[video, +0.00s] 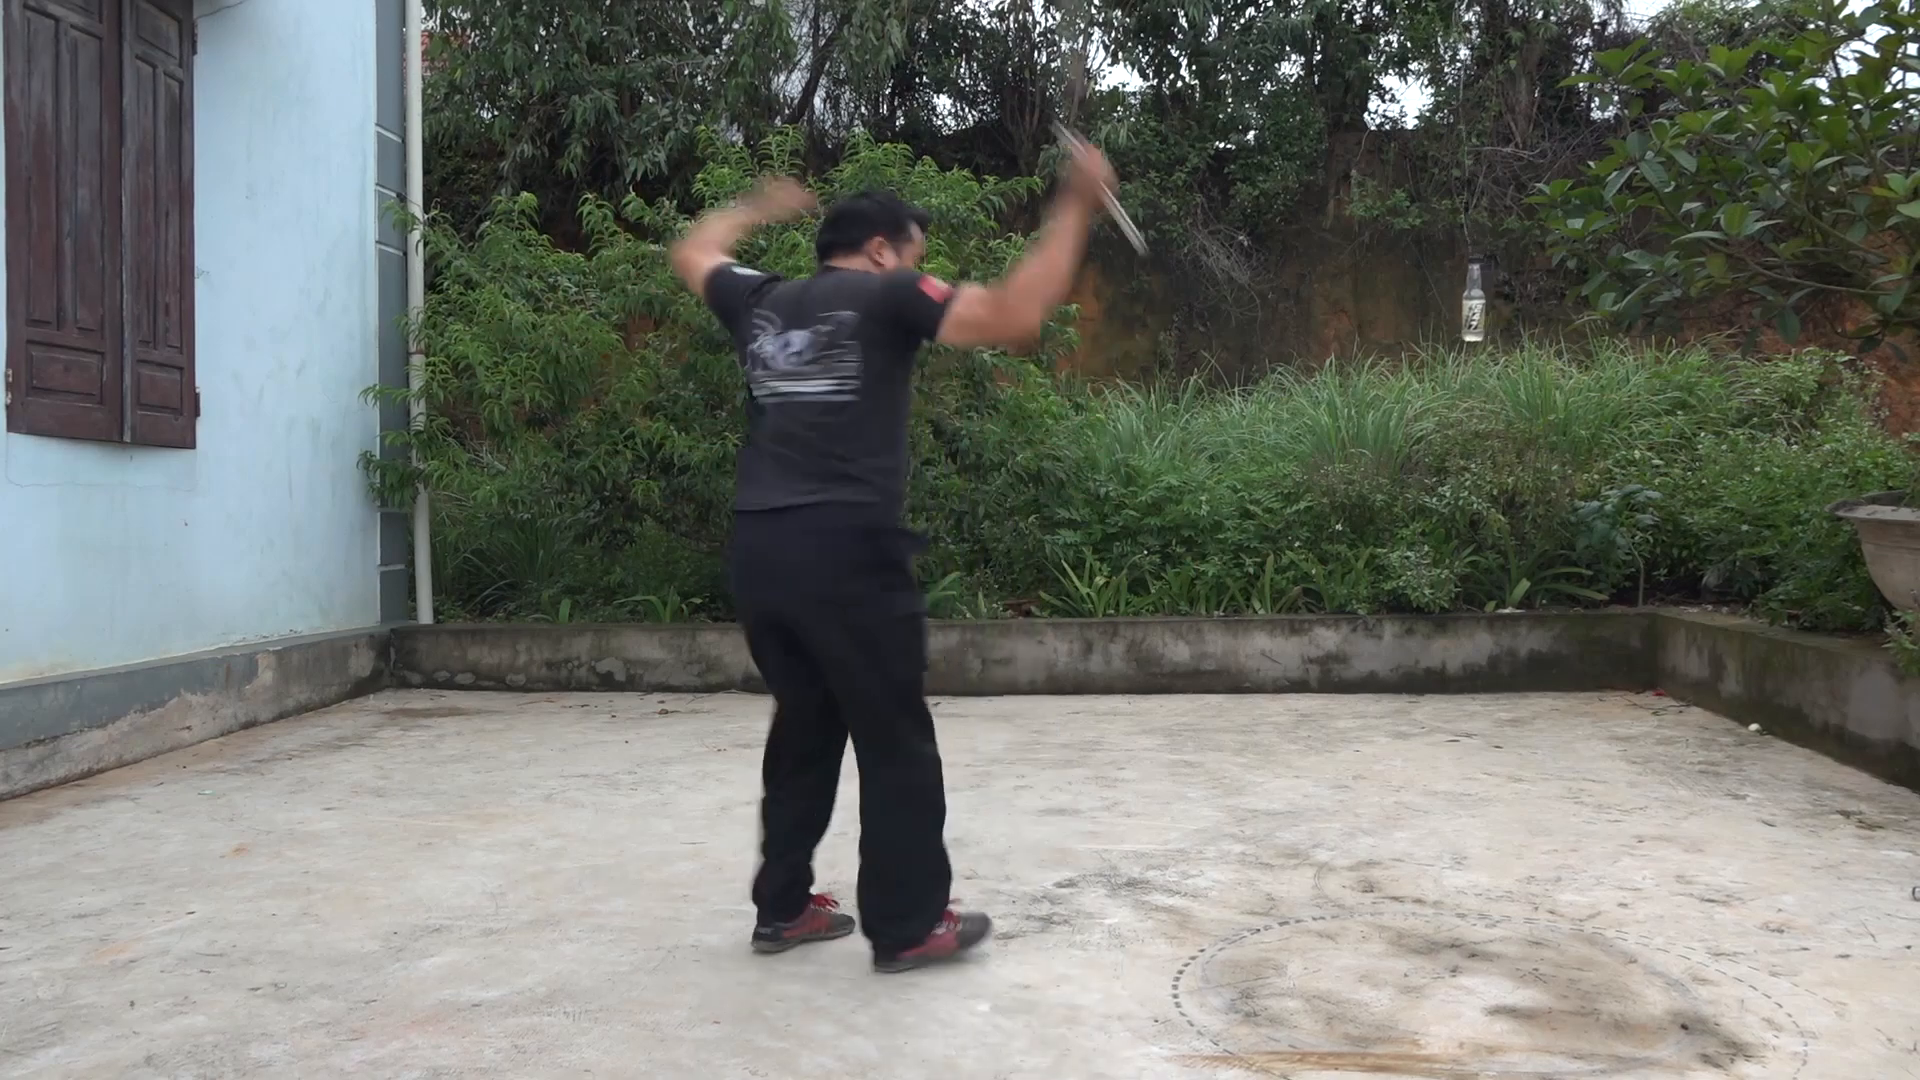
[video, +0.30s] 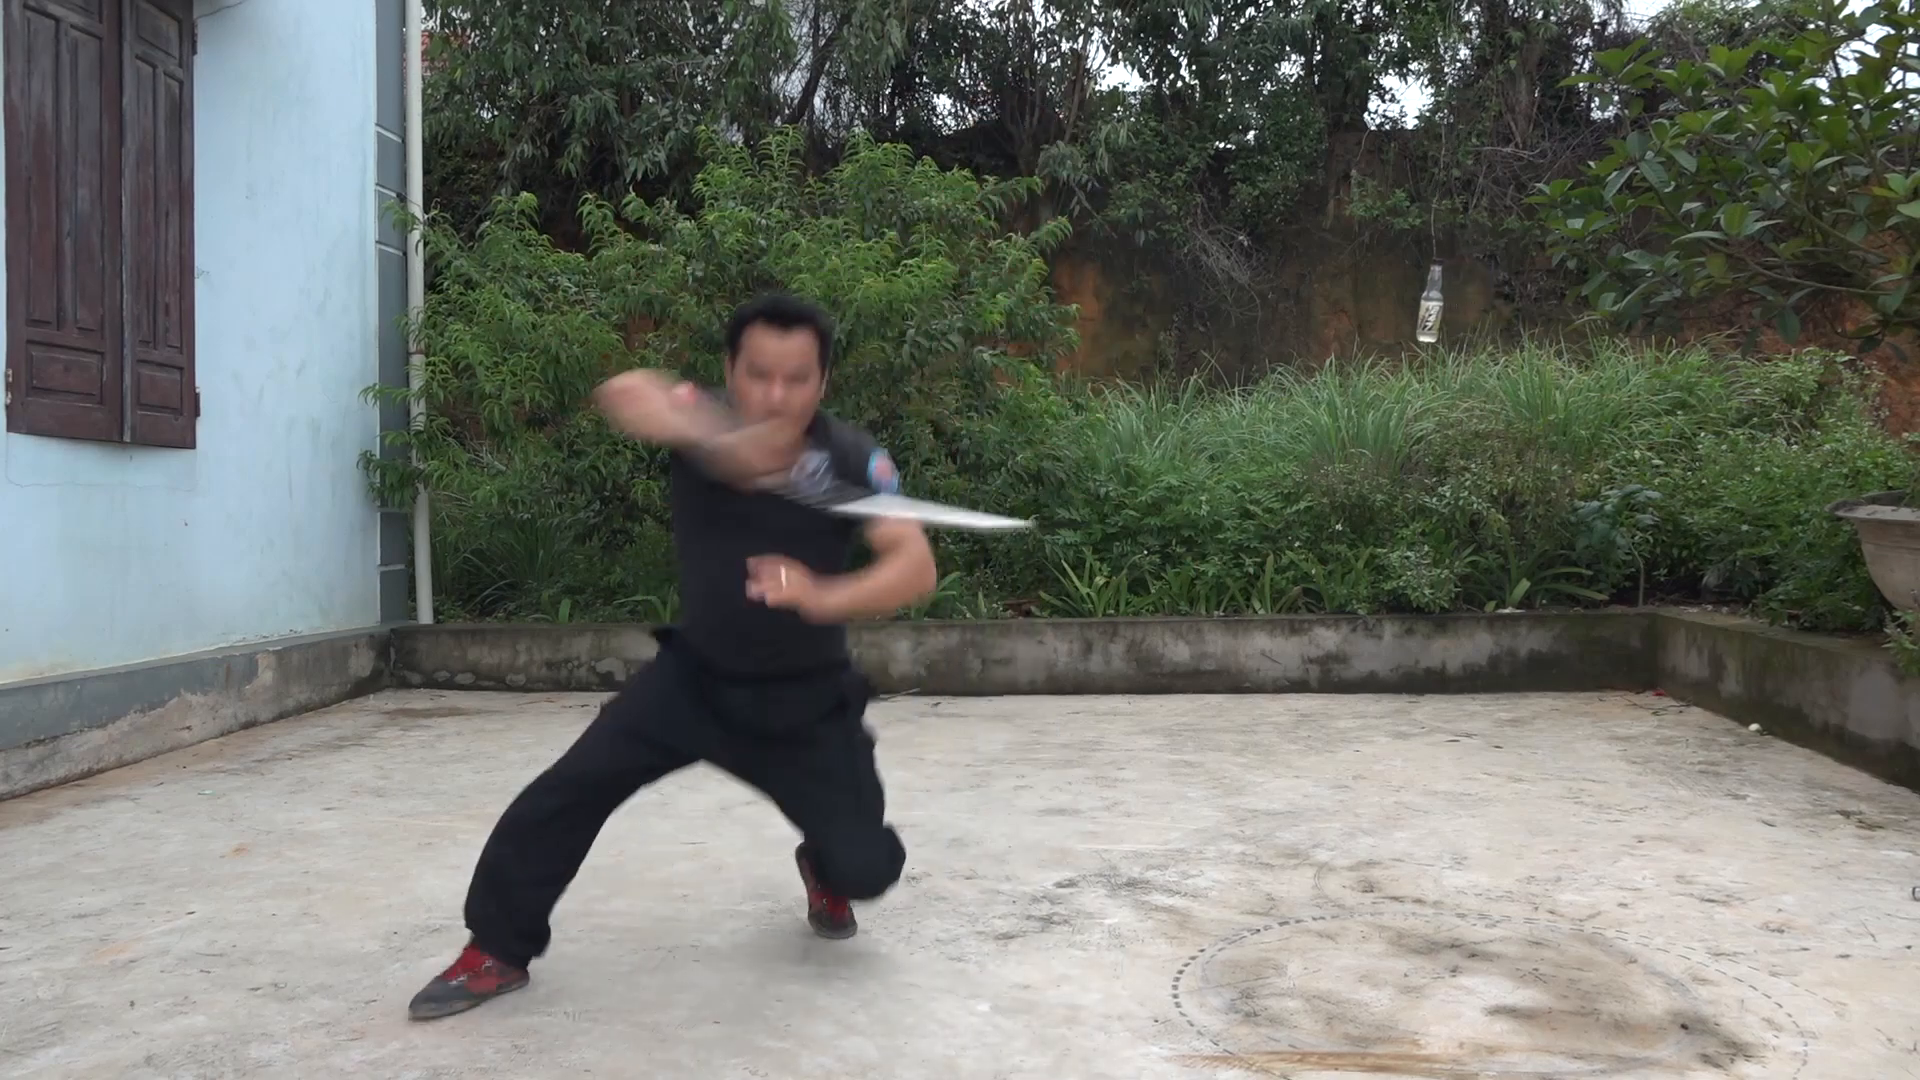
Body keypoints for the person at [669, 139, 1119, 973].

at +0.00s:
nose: (920, 273)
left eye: (919, 259)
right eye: (914, 258)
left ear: (838, 249)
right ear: (877, 249)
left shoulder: (763, 300)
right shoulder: (887, 294)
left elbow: (694, 254)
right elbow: (1015, 314)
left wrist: (753, 204)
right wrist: (1075, 202)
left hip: (759, 547)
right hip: (848, 549)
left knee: (806, 717)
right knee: (897, 735)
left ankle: (781, 904)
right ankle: (907, 924)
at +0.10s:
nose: (883, 265)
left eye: (889, 249)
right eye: (865, 248)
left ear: (888, 254)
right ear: (817, 254)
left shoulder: (833, 326)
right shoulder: (821, 307)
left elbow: (881, 365)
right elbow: (952, 232)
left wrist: (938, 400)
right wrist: (988, 146)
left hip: (792, 576)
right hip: (757, 574)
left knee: (842, 740)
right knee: (833, 745)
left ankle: (783, 903)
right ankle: (762, 931)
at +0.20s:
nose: (812, 302)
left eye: (829, 287)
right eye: (795, 288)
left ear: (852, 290)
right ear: (761, 295)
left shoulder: (861, 390)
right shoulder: (737, 350)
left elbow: (929, 480)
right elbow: (837, 296)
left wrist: (885, 521)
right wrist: (928, 266)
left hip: (818, 624)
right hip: (706, 610)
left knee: (886, 780)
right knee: (624, 753)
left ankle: (787, 873)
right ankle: (543, 931)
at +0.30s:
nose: (776, 396)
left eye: (796, 379)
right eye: (760, 375)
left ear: (821, 383)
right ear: (732, 373)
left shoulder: (855, 460)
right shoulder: (703, 418)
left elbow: (916, 571)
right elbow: (618, 395)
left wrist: (819, 595)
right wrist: (712, 435)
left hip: (808, 701)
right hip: (693, 682)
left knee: (866, 867)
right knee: (564, 796)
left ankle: (823, 872)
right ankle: (500, 950)